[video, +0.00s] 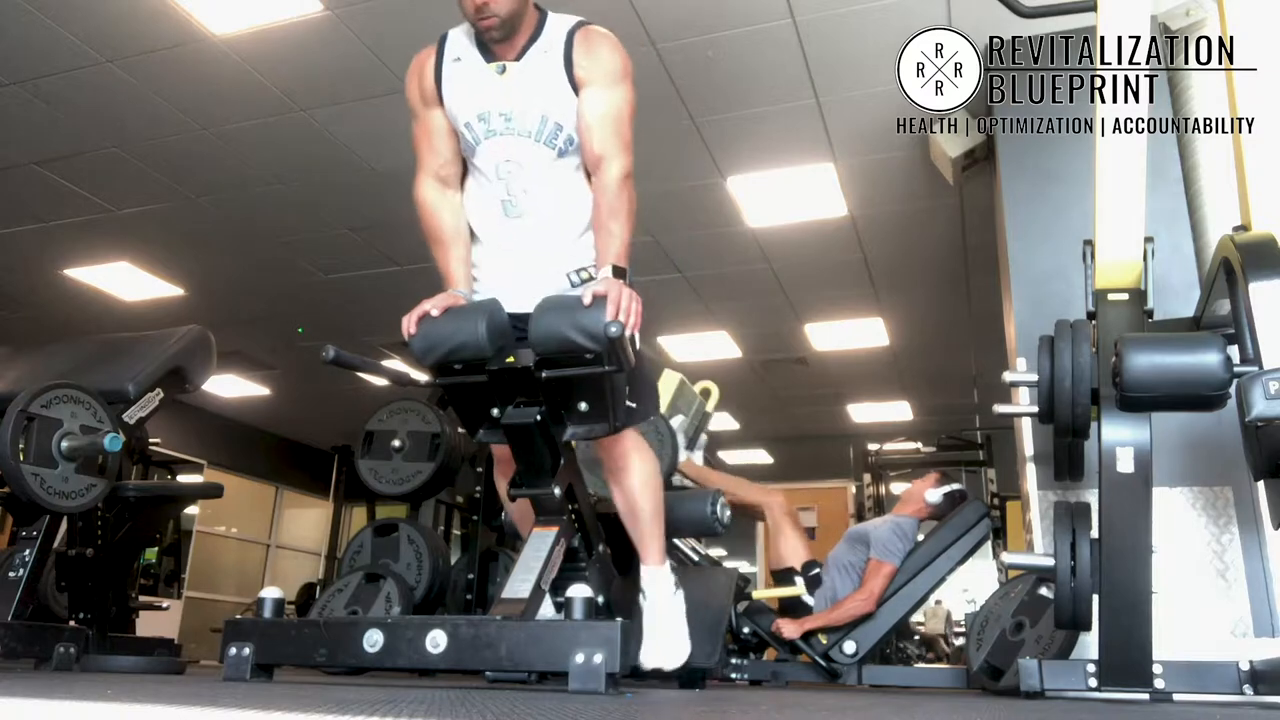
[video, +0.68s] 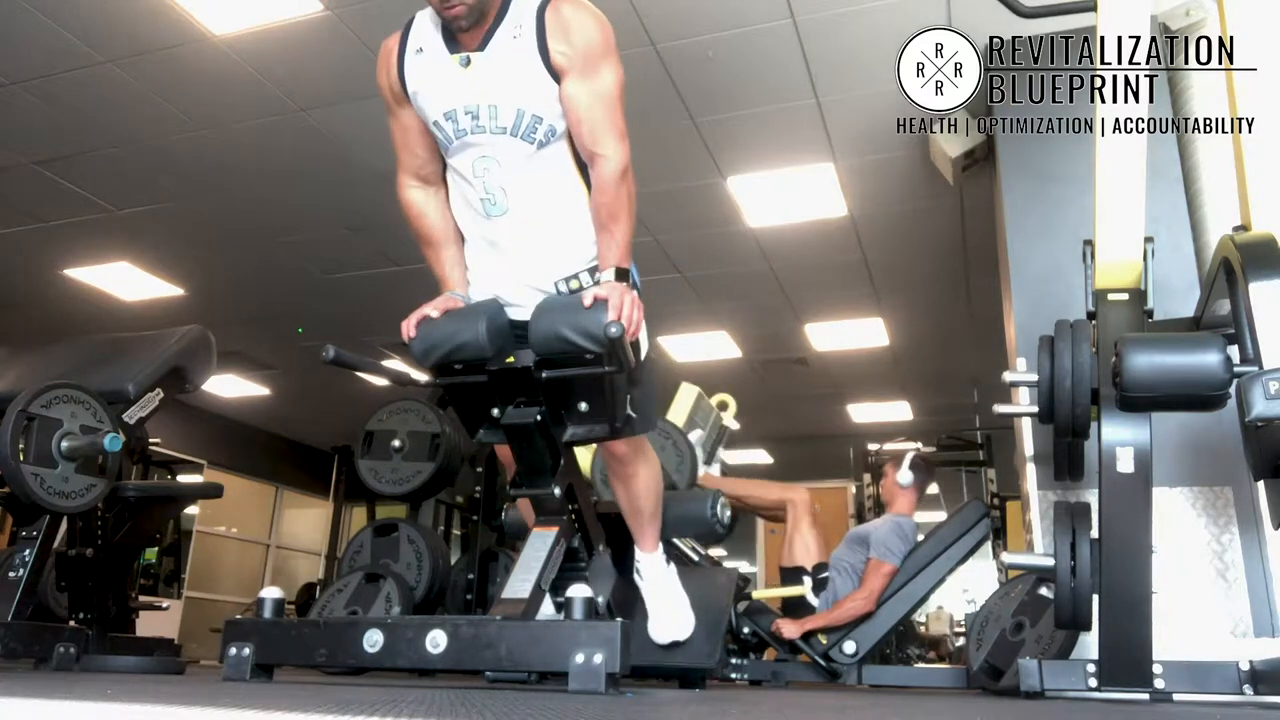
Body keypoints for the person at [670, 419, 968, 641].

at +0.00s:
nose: (920, 478)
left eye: (928, 479)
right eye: (927, 476)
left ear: (928, 497)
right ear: (929, 506)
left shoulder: (896, 529)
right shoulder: (895, 525)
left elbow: (868, 600)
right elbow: (868, 596)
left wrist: (803, 624)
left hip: (810, 606)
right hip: (813, 597)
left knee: (776, 501)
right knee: (776, 502)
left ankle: (684, 463)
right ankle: (693, 466)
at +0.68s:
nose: (881, 483)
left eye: (886, 476)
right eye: (884, 476)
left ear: (900, 479)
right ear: (913, 484)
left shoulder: (893, 528)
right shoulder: (897, 526)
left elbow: (866, 600)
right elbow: (867, 597)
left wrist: (802, 625)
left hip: (811, 610)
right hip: (817, 605)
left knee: (799, 498)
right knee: (798, 506)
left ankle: (703, 479)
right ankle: (722, 489)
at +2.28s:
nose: (871, 493)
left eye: (874, 485)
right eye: (871, 486)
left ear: (896, 482)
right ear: (897, 483)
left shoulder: (895, 529)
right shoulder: (899, 527)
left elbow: (865, 597)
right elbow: (865, 593)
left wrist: (802, 625)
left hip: (812, 604)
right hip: (817, 598)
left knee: (792, 498)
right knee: (793, 502)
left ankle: (693, 472)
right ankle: (712, 485)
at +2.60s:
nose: (870, 493)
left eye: (872, 485)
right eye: (869, 486)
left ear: (894, 482)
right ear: (895, 482)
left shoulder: (894, 528)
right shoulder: (900, 526)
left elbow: (866, 595)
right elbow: (866, 592)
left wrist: (803, 625)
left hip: (811, 604)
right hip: (817, 598)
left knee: (770, 502)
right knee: (771, 507)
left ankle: (681, 464)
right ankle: (697, 474)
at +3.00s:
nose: (870, 492)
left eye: (872, 484)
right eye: (870, 485)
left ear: (892, 482)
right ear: (896, 482)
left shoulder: (894, 527)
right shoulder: (899, 525)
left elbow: (863, 591)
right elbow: (864, 590)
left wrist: (803, 625)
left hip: (812, 603)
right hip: (816, 597)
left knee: (752, 511)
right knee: (754, 514)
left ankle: (672, 461)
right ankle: (682, 466)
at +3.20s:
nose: (869, 491)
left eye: (872, 483)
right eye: (869, 484)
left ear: (894, 481)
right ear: (895, 482)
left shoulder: (893, 526)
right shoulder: (898, 525)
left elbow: (863, 591)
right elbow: (864, 591)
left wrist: (803, 624)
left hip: (811, 603)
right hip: (815, 597)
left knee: (753, 510)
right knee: (754, 512)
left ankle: (673, 461)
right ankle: (680, 466)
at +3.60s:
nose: (880, 478)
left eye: (885, 472)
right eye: (883, 472)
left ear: (902, 478)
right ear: (909, 481)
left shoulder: (893, 522)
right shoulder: (900, 522)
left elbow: (861, 585)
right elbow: (862, 584)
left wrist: (801, 624)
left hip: (810, 604)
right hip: (815, 599)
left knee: (752, 508)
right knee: (754, 512)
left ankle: (670, 460)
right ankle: (680, 467)